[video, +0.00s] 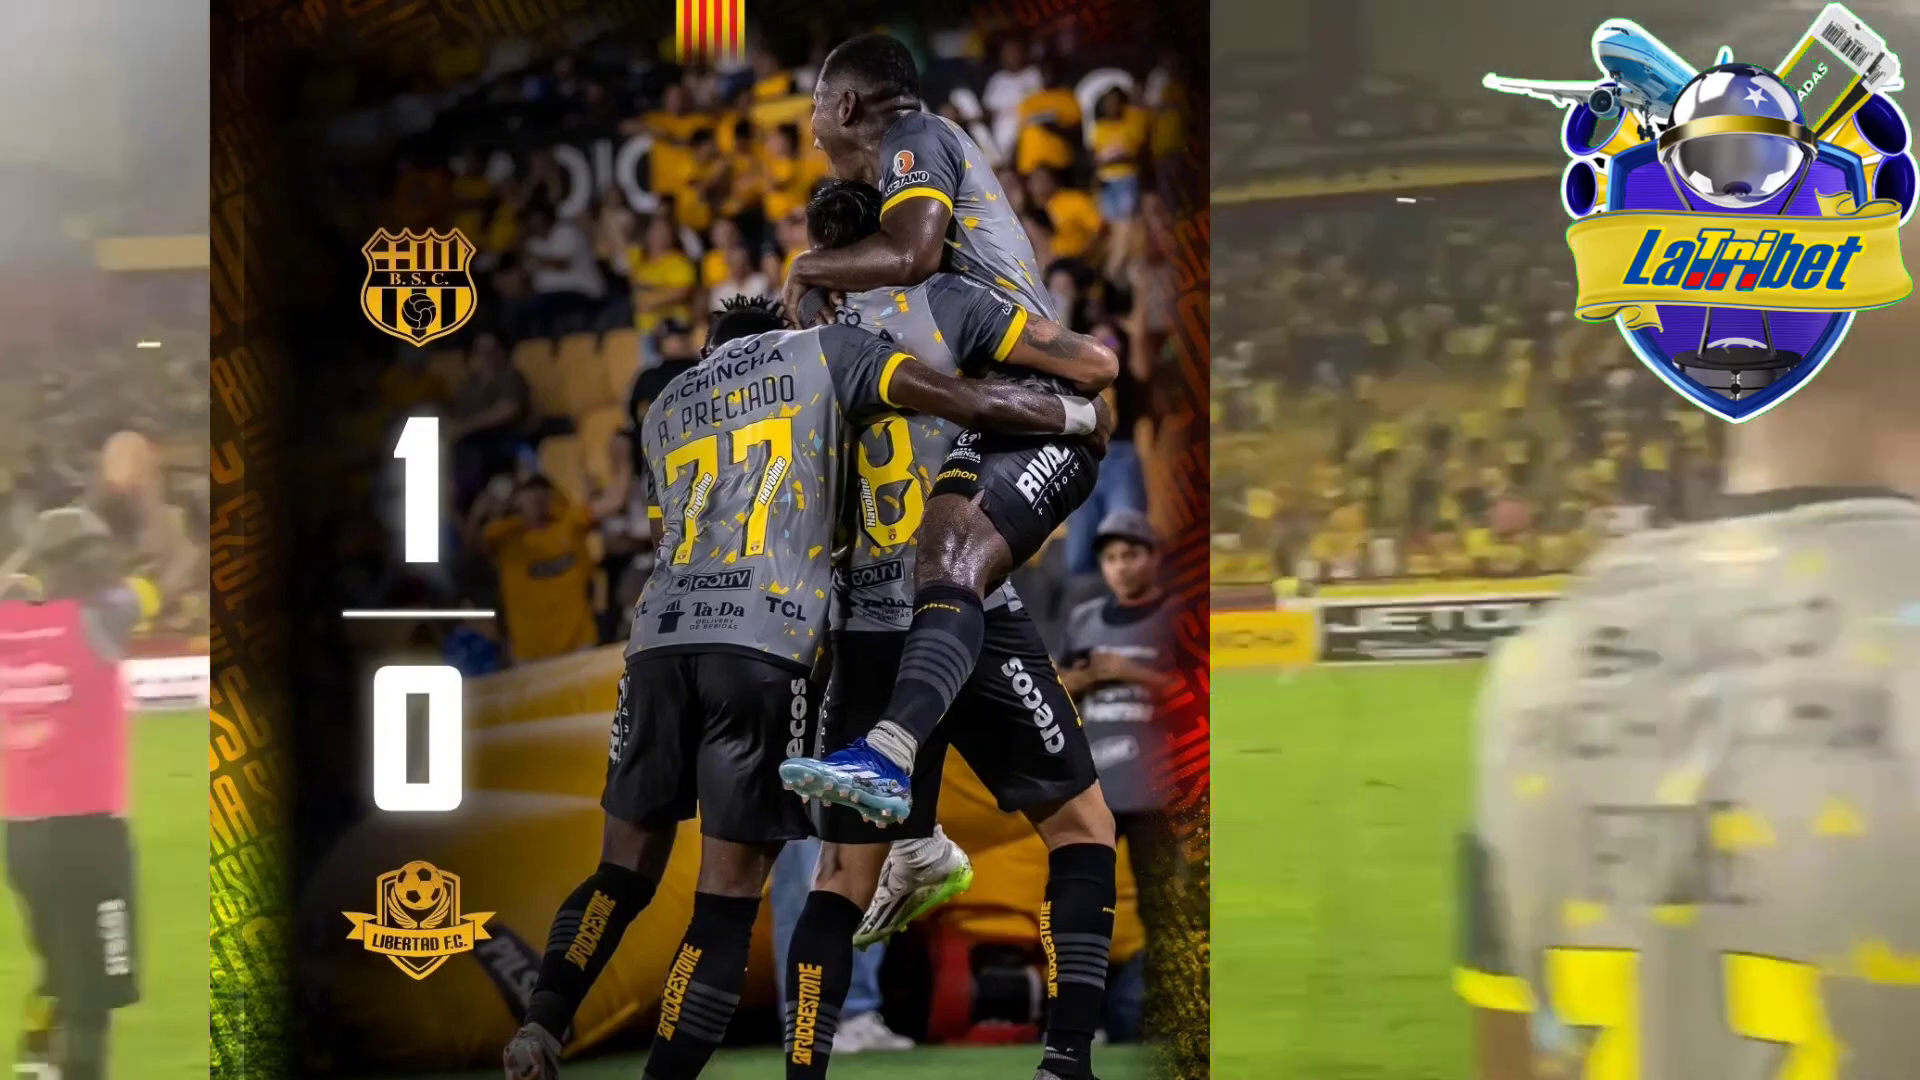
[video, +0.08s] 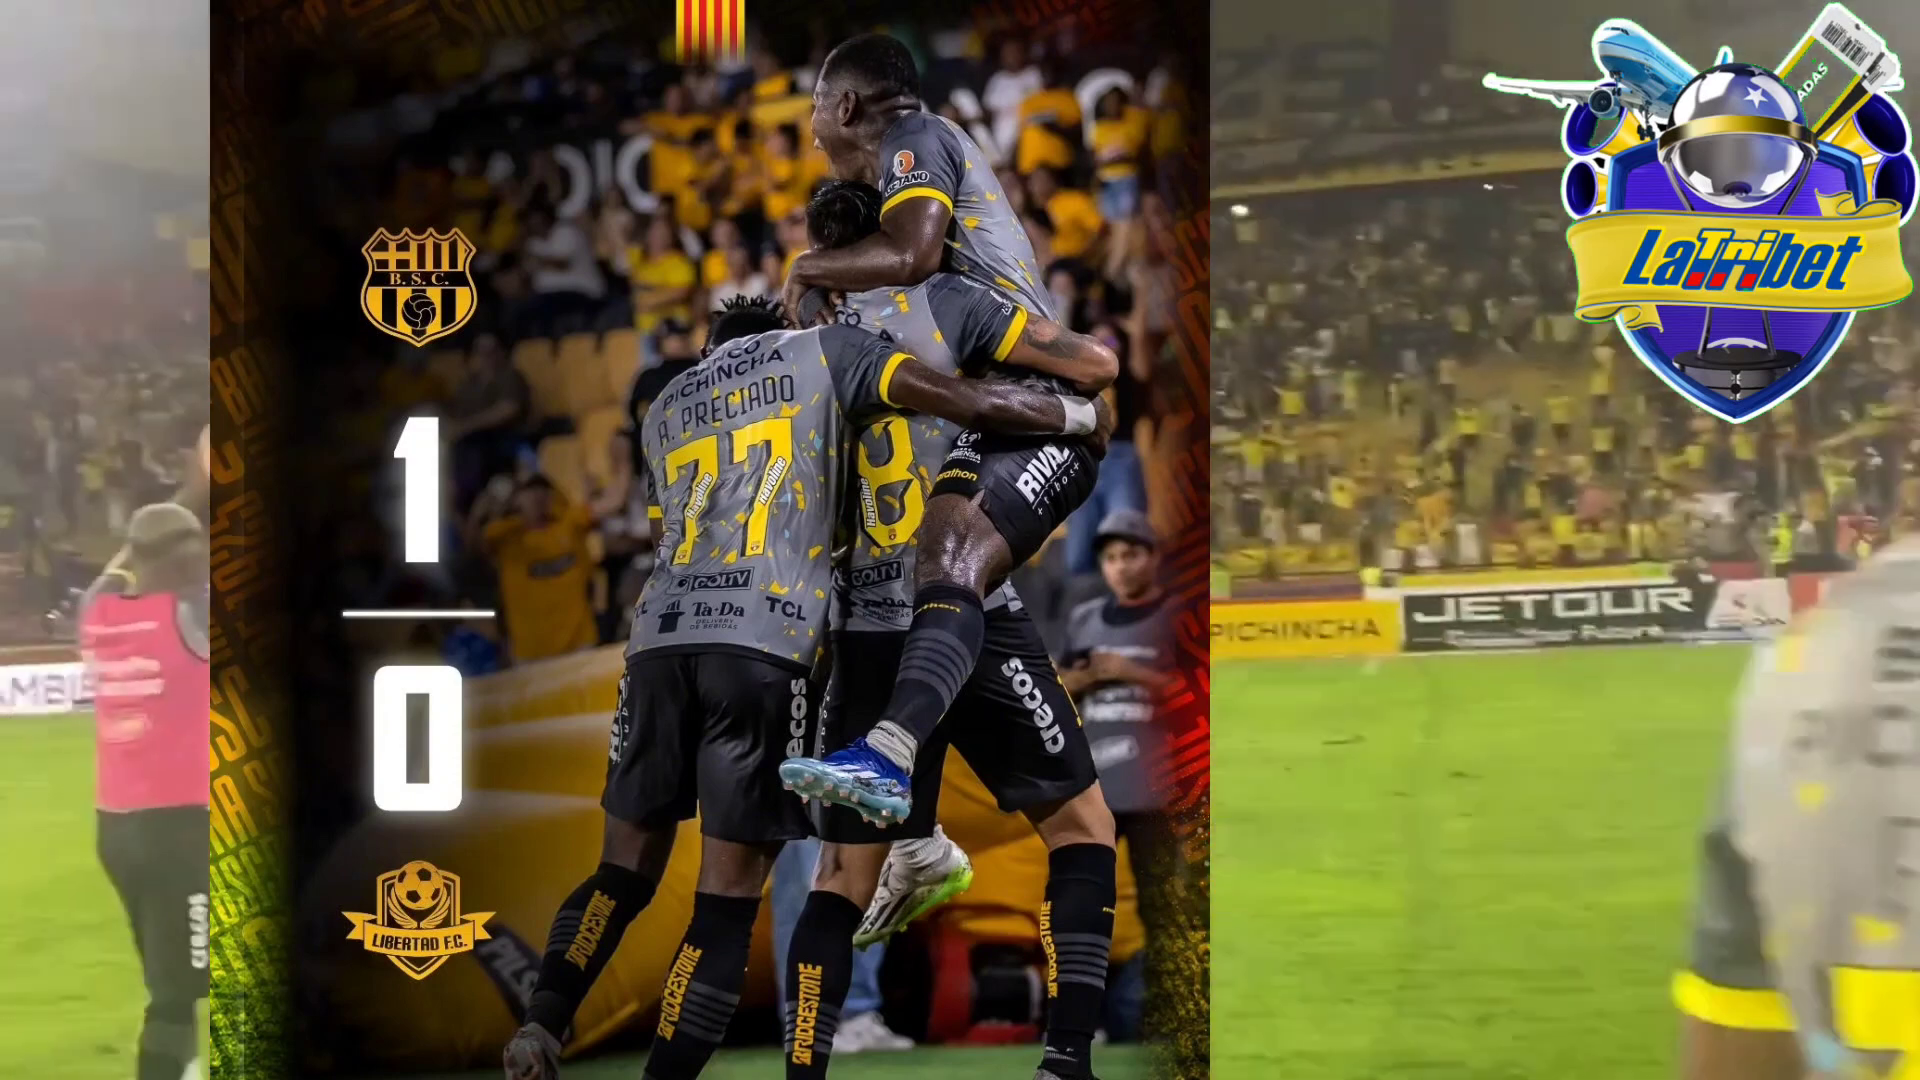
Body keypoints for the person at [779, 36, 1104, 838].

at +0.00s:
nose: (818, 135)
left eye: (822, 114)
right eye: (815, 117)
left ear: (857, 101)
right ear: (877, 103)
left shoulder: (914, 132)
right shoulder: (905, 153)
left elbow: (914, 250)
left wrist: (808, 265)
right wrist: (812, 298)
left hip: (1040, 399)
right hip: (979, 397)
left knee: (953, 555)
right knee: (893, 564)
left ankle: (887, 757)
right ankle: (915, 837)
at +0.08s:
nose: (815, 130)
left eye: (821, 110)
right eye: (814, 112)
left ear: (857, 102)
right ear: (879, 104)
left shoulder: (914, 133)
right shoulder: (899, 161)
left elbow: (913, 251)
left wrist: (808, 265)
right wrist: (811, 297)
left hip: (1041, 399)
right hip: (979, 398)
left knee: (954, 554)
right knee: (893, 563)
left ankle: (888, 756)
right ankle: (915, 840)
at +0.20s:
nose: (816, 133)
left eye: (821, 113)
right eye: (814, 115)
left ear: (857, 102)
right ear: (877, 105)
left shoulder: (914, 133)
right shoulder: (898, 161)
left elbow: (915, 250)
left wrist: (807, 265)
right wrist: (804, 299)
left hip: (1042, 399)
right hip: (978, 397)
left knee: (953, 556)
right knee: (889, 564)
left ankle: (887, 756)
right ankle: (916, 841)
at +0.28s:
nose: (816, 131)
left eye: (821, 111)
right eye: (814, 114)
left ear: (857, 103)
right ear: (880, 104)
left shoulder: (914, 133)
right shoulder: (899, 161)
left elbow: (914, 251)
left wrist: (808, 264)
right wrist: (812, 295)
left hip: (1040, 399)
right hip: (978, 397)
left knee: (953, 555)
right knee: (892, 565)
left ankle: (888, 756)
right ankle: (915, 840)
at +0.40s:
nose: (816, 132)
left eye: (821, 112)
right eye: (815, 114)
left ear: (857, 103)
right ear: (880, 104)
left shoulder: (914, 133)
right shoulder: (899, 161)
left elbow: (914, 251)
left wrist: (808, 264)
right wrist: (812, 295)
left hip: (1040, 398)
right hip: (979, 397)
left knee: (953, 555)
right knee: (892, 565)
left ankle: (888, 756)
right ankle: (915, 840)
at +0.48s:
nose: (816, 128)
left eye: (821, 109)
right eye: (815, 111)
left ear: (855, 102)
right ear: (880, 104)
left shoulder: (915, 134)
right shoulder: (903, 161)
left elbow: (913, 250)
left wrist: (806, 265)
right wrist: (815, 298)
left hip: (1042, 399)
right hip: (983, 396)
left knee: (953, 557)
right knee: (898, 567)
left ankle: (889, 757)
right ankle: (916, 837)